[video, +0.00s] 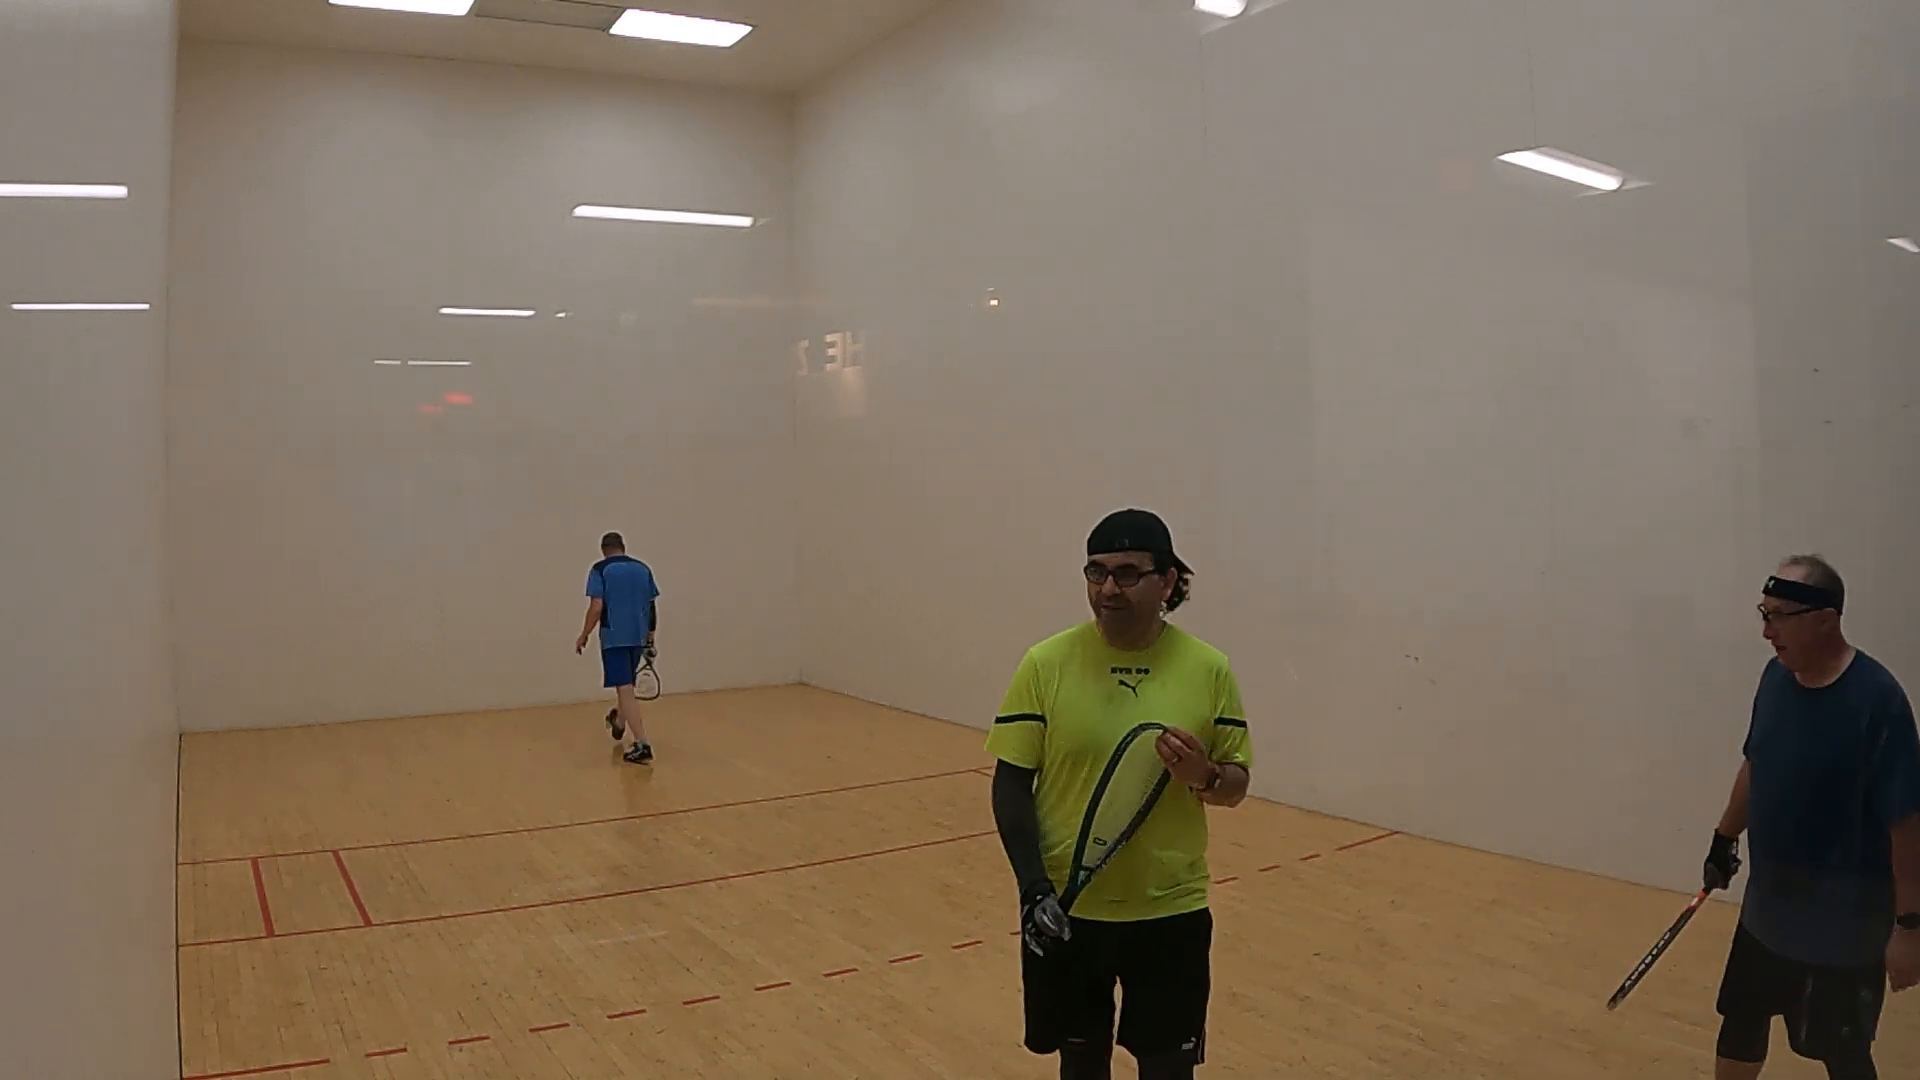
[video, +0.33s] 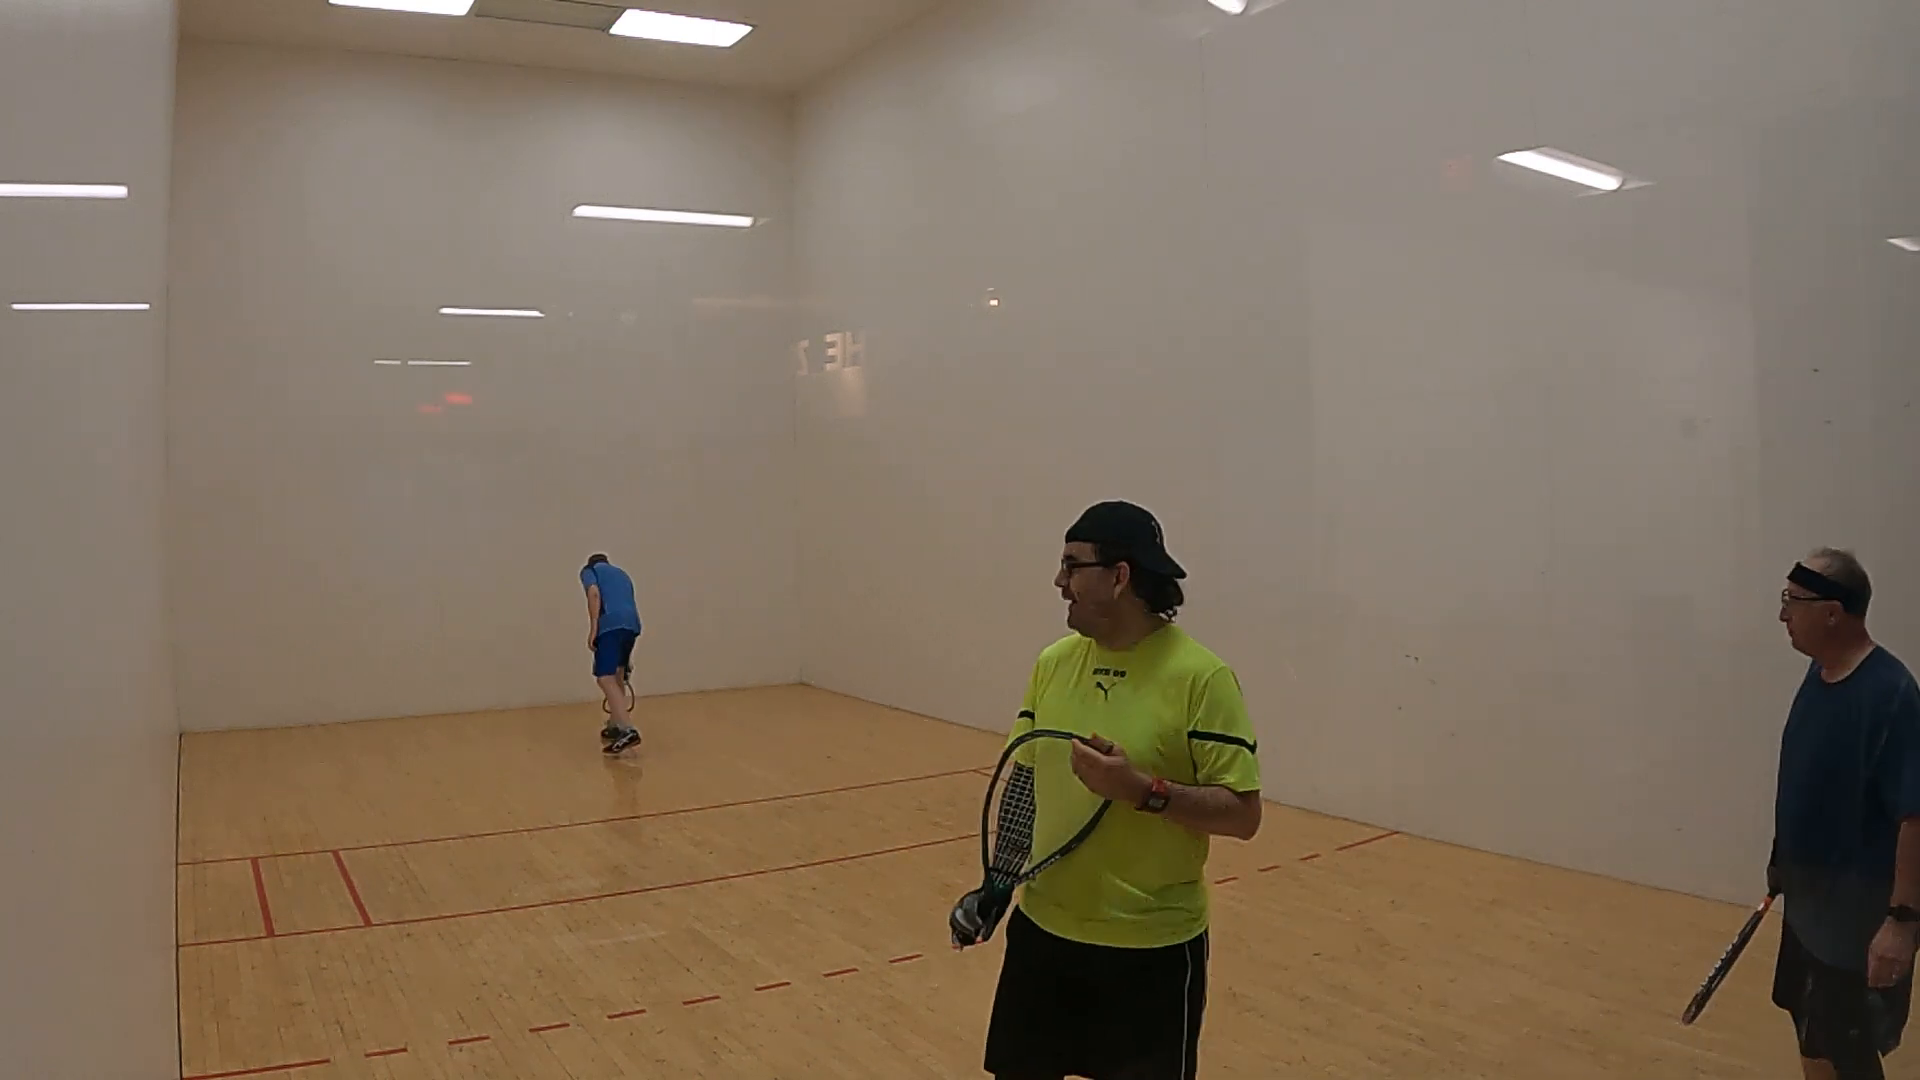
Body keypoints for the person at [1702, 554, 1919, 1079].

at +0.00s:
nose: (1764, 628)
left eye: (1776, 615)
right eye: (1763, 615)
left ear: (1825, 619)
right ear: (1816, 620)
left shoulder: (1879, 700)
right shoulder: (1779, 675)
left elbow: (1904, 821)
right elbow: (1755, 764)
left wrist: (1909, 924)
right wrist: (1724, 839)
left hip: (1846, 925)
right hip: (1770, 909)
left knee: (1846, 1056)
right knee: (1740, 1028)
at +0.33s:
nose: (1783, 613)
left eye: (1793, 601)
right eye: (1785, 599)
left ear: (1833, 613)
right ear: (1829, 614)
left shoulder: (1895, 696)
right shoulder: (1817, 679)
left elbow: (1915, 818)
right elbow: (1807, 786)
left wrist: (1903, 921)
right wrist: (1783, 864)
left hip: (1859, 925)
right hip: (1810, 908)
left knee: (1848, 1057)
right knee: (1811, 1036)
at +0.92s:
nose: (1784, 601)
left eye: (1790, 589)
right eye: (1785, 589)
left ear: (1819, 597)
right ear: (1836, 598)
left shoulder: (1843, 672)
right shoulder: (1868, 663)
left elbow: (1830, 790)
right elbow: (1846, 790)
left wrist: (1797, 885)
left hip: (1823, 883)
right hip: (1858, 881)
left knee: (1765, 997)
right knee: (1840, 996)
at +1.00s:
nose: (1780, 600)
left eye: (1786, 589)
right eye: (1782, 589)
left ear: (1812, 597)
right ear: (1835, 599)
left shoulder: (1833, 670)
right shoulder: (1869, 663)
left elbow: (1818, 787)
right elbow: (1858, 787)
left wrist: (1786, 881)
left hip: (1816, 881)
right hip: (1861, 881)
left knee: (1754, 988)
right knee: (1841, 997)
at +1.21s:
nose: (1758, 602)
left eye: (1762, 592)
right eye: (1759, 591)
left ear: (1783, 600)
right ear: (1819, 600)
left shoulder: (1792, 671)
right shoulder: (1859, 666)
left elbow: (1784, 785)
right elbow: (1869, 760)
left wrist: (1761, 873)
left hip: (1785, 877)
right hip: (1850, 878)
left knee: (1733, 973)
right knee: (1836, 993)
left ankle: (1706, 1075)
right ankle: (1842, 1079)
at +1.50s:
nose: (1707, 605)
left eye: (1709, 595)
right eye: (1707, 595)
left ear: (1724, 601)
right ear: (1764, 599)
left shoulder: (1722, 669)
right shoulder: (1809, 662)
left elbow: (1707, 778)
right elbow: (1833, 756)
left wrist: (1688, 859)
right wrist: (1821, 829)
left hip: (1733, 862)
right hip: (1802, 863)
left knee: (1695, 957)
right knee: (1802, 983)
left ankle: (1692, 1071)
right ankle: (1825, 1076)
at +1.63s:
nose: (1685, 596)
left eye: (1687, 587)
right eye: (1685, 586)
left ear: (1701, 594)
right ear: (1745, 594)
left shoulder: (1696, 662)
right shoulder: (1788, 656)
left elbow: (1673, 767)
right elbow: (1811, 747)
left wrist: (1647, 844)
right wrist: (1805, 819)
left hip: (1702, 853)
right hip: (1773, 852)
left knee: (1687, 963)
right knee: (1768, 960)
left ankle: (1690, 1069)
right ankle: (1804, 1065)